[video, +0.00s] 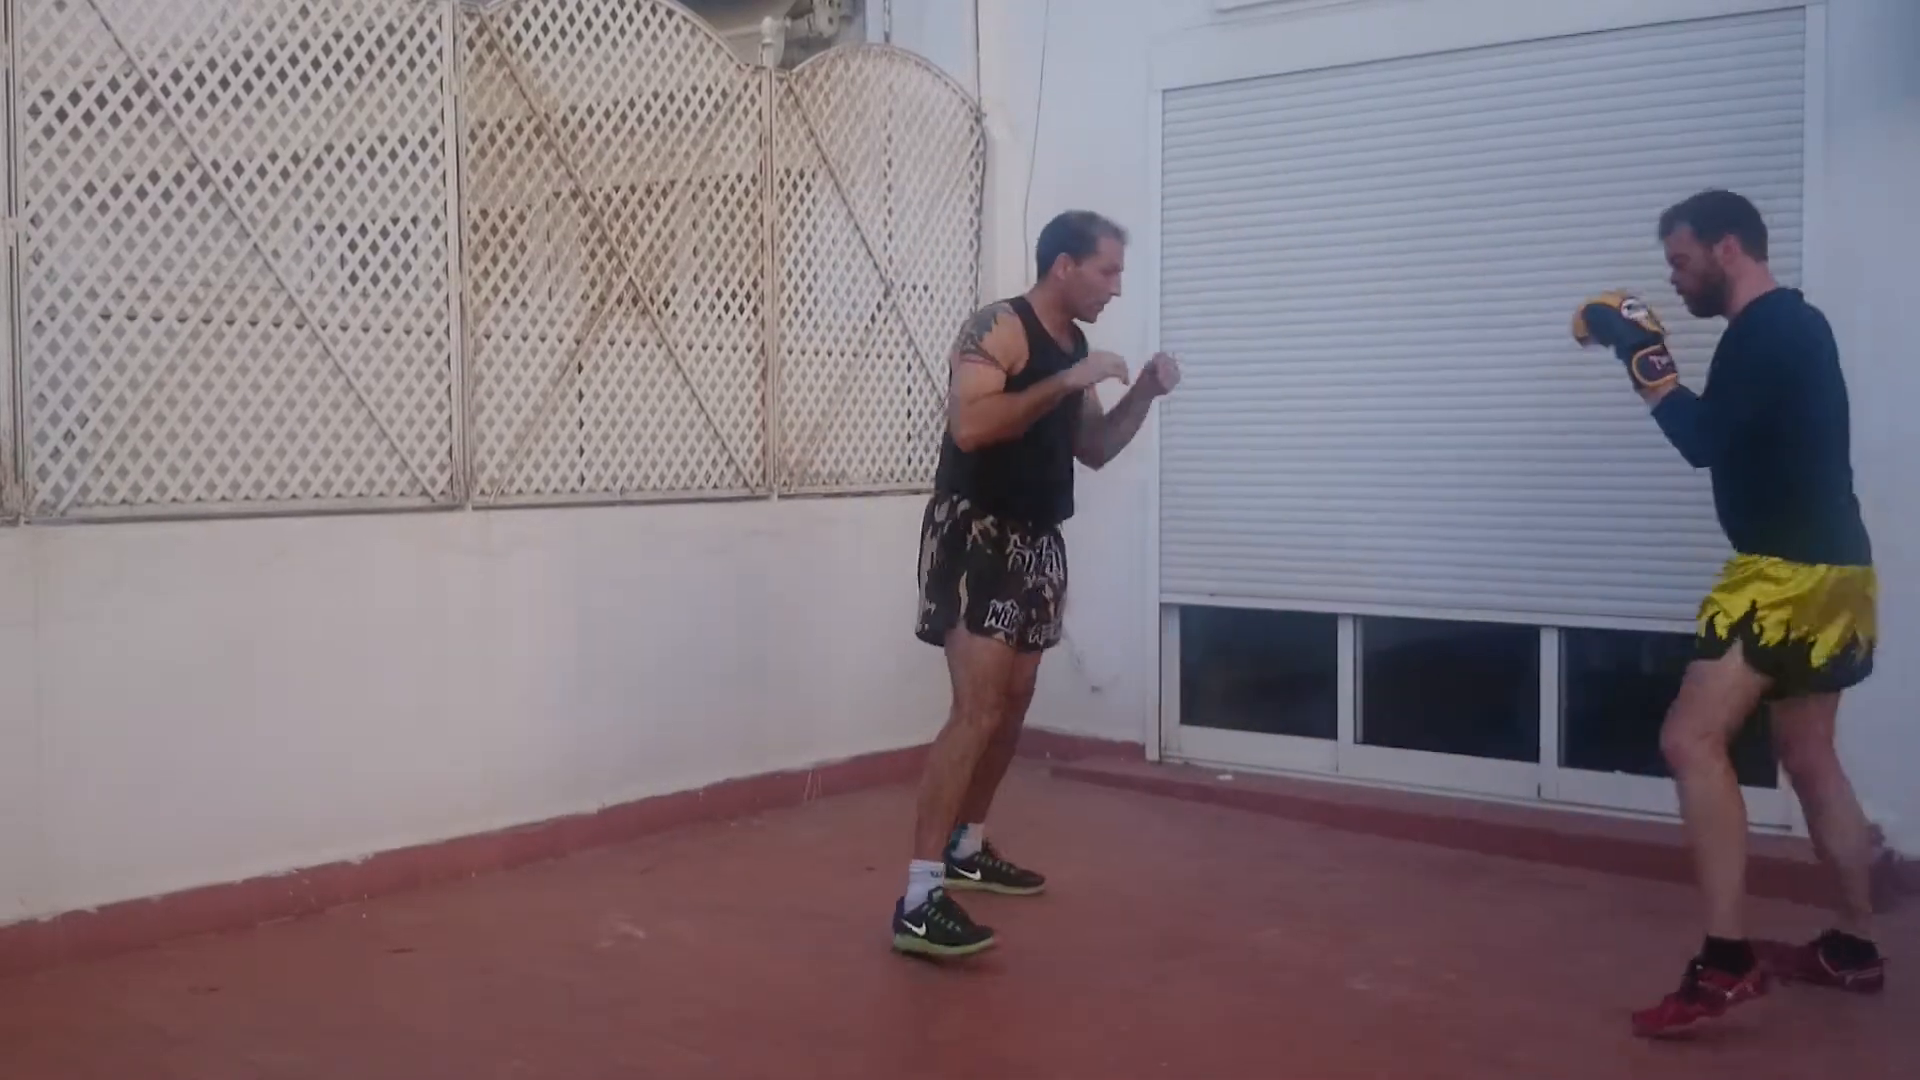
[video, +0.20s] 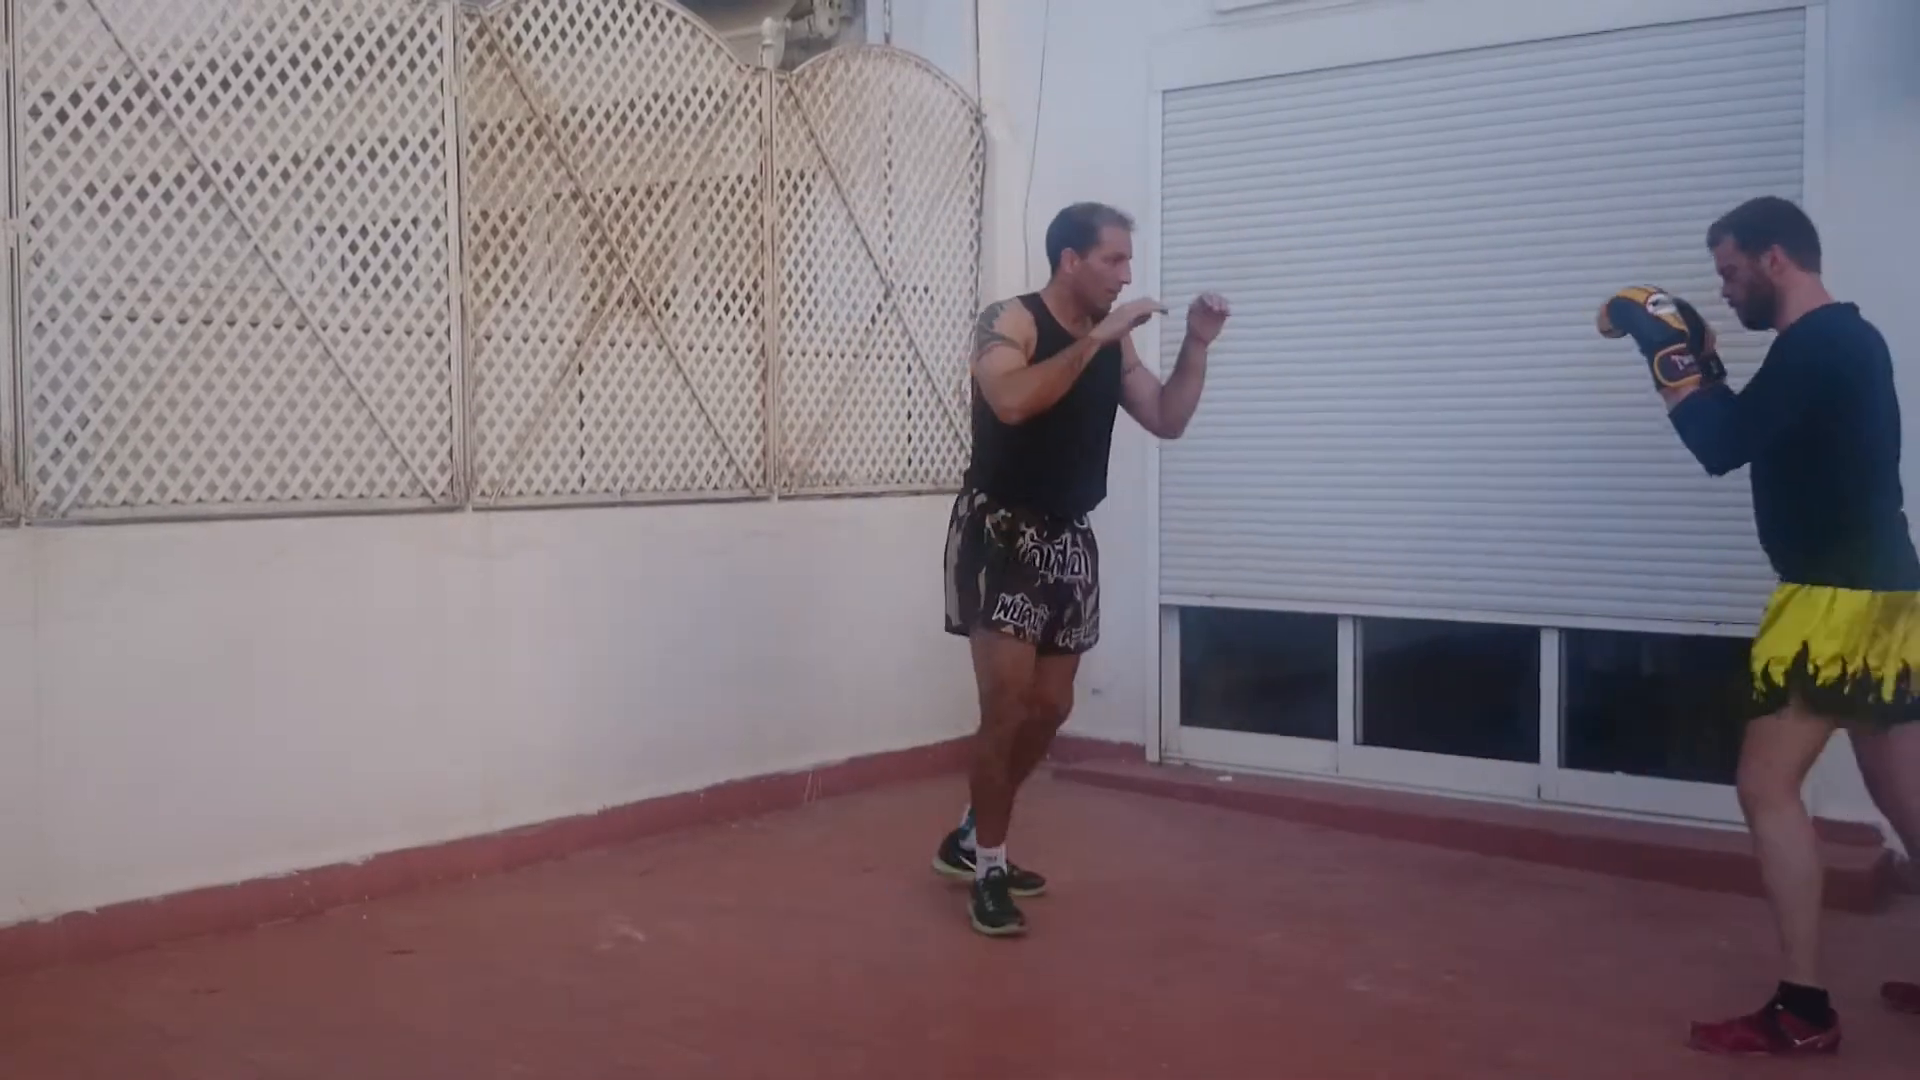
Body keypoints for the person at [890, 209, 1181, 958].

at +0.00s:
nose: (1116, 288)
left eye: (1119, 275)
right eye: (1108, 273)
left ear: (1078, 272)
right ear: (1062, 267)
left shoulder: (1071, 348)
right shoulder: (997, 326)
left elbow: (1093, 448)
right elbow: (971, 425)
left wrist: (1145, 396)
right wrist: (1070, 380)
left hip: (1035, 541)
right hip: (976, 536)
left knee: (1008, 710)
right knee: (978, 711)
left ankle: (962, 847)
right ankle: (918, 898)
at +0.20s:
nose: (1125, 274)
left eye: (1128, 261)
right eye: (1114, 260)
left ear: (1097, 267)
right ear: (1069, 260)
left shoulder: (1110, 342)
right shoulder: (1013, 320)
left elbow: (1166, 420)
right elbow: (1010, 401)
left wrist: (1196, 348)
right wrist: (1096, 340)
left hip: (1067, 539)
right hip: (1000, 533)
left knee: (1049, 708)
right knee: (1007, 708)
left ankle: (971, 837)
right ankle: (989, 870)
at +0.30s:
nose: (1140, 275)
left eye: (1143, 262)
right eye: (1131, 261)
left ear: (1107, 265)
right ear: (1085, 261)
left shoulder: (1119, 339)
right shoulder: (1023, 326)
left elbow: (1164, 427)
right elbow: (1036, 415)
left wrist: (1206, 356)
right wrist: (1121, 351)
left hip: (1091, 539)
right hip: (1018, 539)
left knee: (1124, 705)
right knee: (1018, 715)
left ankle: (1027, 816)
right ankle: (988, 870)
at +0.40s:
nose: (1165, 279)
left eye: (1169, 266)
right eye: (1155, 264)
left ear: (1134, 268)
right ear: (1109, 262)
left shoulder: (1139, 344)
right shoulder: (1049, 328)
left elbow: (1176, 432)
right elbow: (1063, 425)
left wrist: (1225, 365)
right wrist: (1152, 363)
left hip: (1117, 538)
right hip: (1043, 539)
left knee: (1170, 694)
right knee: (1033, 711)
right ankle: (993, 871)